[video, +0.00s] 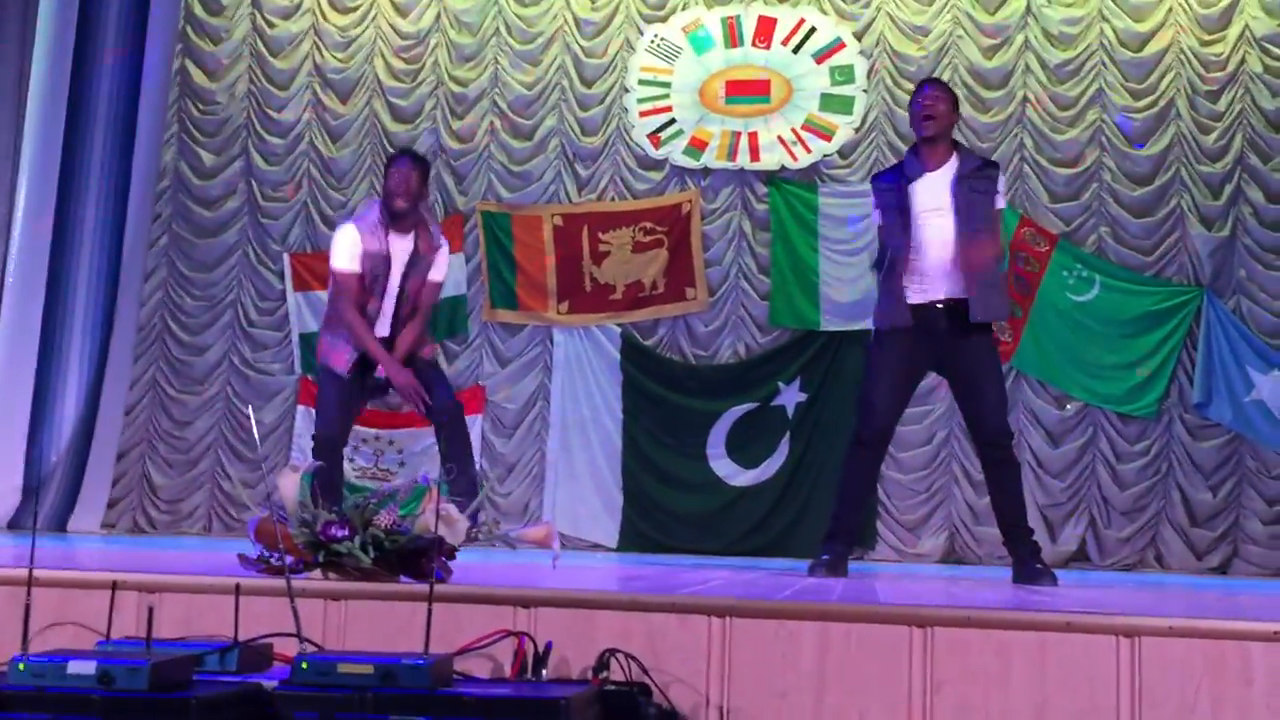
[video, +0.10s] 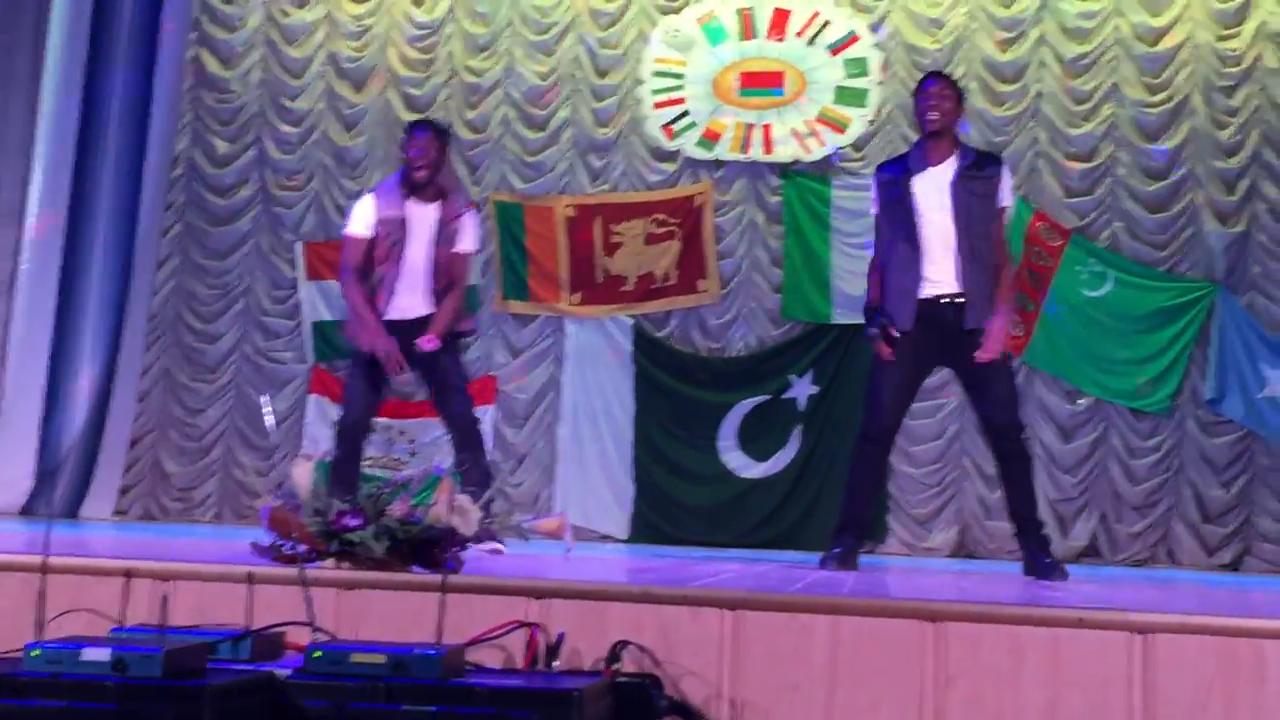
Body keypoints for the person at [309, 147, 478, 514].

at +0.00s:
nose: (402, 187)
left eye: (411, 180)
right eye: (395, 178)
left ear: (424, 189)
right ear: (383, 184)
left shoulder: (436, 246)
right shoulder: (352, 235)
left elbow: (421, 315)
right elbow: (347, 312)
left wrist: (392, 366)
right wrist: (391, 368)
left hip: (406, 348)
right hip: (350, 348)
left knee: (448, 410)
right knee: (329, 436)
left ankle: (465, 513)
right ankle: (329, 524)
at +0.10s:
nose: (420, 161)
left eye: (429, 154)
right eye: (413, 153)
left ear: (444, 158)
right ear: (403, 154)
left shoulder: (461, 214)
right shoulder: (372, 206)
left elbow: (458, 286)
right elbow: (350, 278)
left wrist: (432, 336)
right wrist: (378, 339)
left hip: (431, 329)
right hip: (378, 329)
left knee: (462, 417)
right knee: (353, 420)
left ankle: (478, 515)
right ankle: (340, 513)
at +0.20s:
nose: (442, 138)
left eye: (450, 131)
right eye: (435, 129)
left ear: (465, 137)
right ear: (423, 134)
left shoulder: (487, 192)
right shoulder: (399, 185)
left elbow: (496, 262)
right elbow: (359, 246)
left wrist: (470, 308)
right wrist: (354, 306)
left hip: (464, 314)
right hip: (407, 312)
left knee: (478, 409)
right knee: (377, 408)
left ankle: (491, 512)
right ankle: (354, 502)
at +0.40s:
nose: (457, 116)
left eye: (466, 108)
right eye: (450, 108)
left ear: (480, 113)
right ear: (440, 113)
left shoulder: (505, 168)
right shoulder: (417, 163)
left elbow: (516, 238)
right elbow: (376, 223)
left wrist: (486, 284)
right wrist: (333, 271)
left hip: (477, 290)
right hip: (423, 290)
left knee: (487, 390)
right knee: (410, 392)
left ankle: (493, 493)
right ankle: (401, 492)